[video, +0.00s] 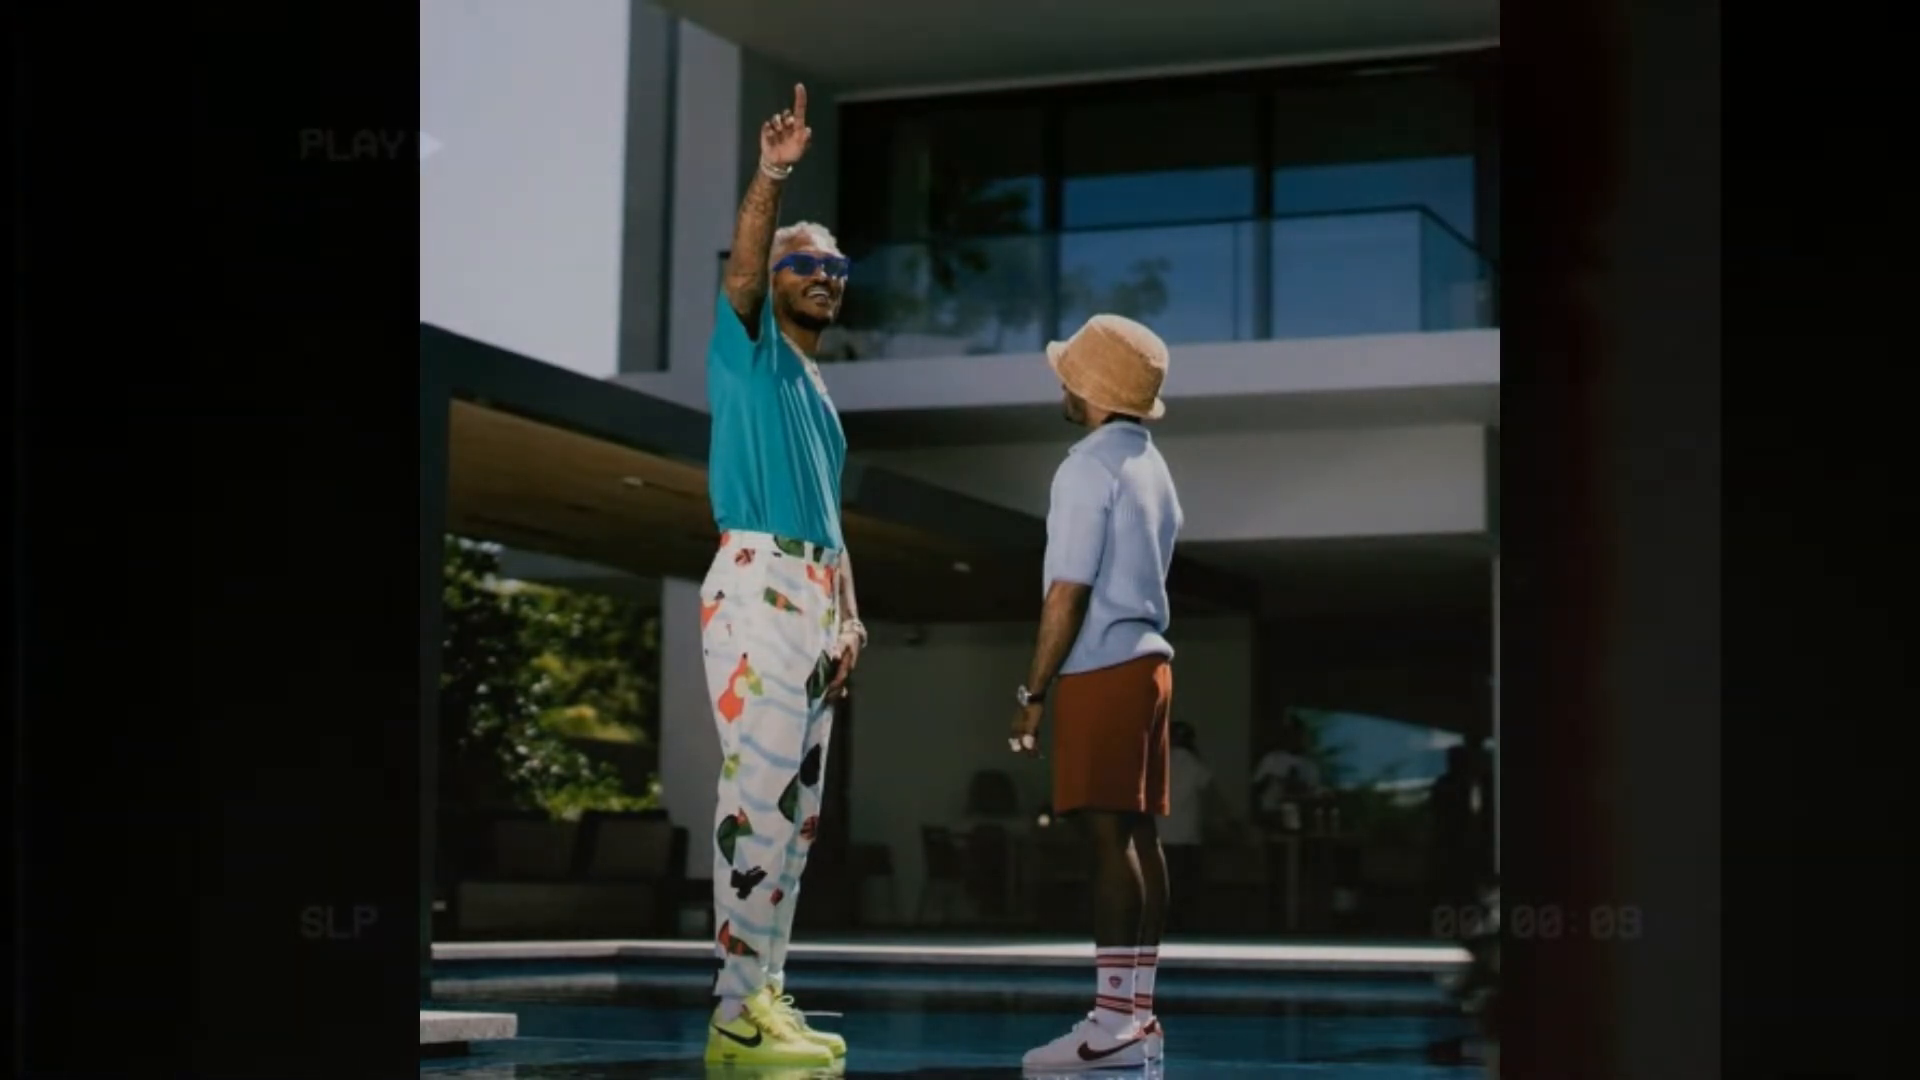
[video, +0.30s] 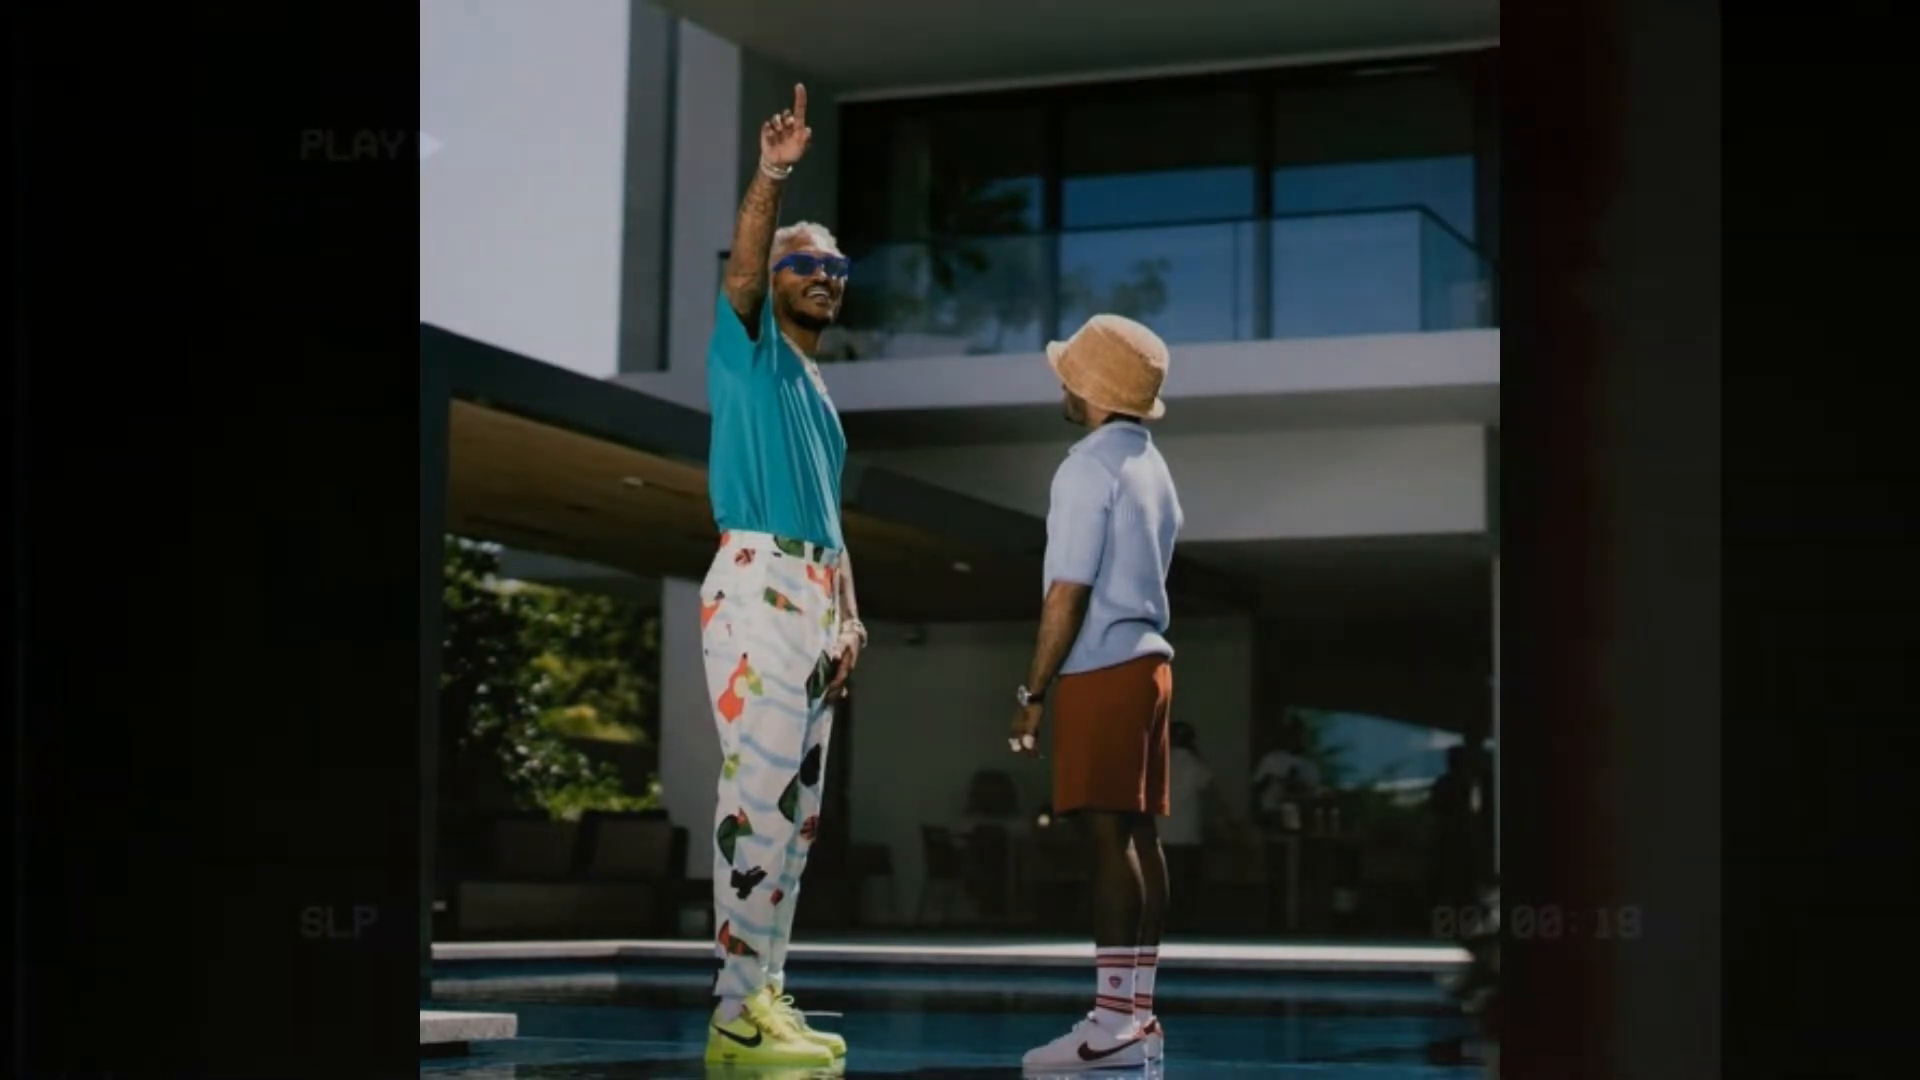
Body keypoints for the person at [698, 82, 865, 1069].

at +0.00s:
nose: (823, 282)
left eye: (834, 273)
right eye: (806, 268)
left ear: (842, 293)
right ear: (770, 278)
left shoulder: (819, 395)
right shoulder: (744, 344)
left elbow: (828, 520)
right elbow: (744, 266)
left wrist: (847, 612)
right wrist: (770, 173)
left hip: (814, 590)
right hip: (756, 582)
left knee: (794, 798)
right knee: (759, 791)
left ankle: (758, 1002)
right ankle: (746, 1004)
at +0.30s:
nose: (823, 282)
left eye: (834, 273)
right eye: (806, 268)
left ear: (842, 293)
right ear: (770, 278)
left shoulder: (819, 395)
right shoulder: (744, 344)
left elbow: (828, 520)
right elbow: (744, 266)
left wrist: (847, 612)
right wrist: (770, 173)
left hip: (814, 590)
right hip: (756, 582)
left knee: (795, 798)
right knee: (759, 791)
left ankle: (757, 1002)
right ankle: (746, 1004)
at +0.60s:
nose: (823, 282)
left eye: (834, 273)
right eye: (806, 267)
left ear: (841, 293)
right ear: (770, 277)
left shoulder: (819, 394)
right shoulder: (744, 342)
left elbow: (827, 519)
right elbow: (744, 266)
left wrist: (847, 612)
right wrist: (770, 173)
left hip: (814, 590)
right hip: (755, 582)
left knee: (794, 798)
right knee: (759, 791)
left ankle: (758, 1002)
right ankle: (746, 1004)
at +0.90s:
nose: (823, 283)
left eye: (834, 273)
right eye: (805, 268)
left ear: (841, 293)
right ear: (770, 279)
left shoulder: (819, 395)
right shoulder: (744, 344)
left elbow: (827, 520)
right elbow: (744, 267)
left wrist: (847, 612)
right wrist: (770, 174)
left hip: (814, 590)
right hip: (756, 582)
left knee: (794, 798)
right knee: (759, 791)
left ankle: (756, 1004)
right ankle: (746, 1004)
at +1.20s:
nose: (823, 282)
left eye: (834, 273)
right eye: (805, 268)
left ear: (841, 292)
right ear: (769, 279)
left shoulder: (819, 395)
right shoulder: (744, 344)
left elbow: (827, 521)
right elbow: (743, 269)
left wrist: (847, 612)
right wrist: (769, 174)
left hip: (814, 590)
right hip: (756, 582)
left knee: (794, 798)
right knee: (759, 791)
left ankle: (756, 1004)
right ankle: (747, 1003)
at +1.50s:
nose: (823, 282)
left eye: (834, 273)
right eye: (806, 268)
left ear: (841, 293)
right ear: (770, 278)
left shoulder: (818, 395)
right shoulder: (744, 343)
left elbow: (827, 520)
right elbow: (743, 268)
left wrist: (847, 613)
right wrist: (770, 173)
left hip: (814, 590)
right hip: (756, 582)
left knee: (794, 798)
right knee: (758, 791)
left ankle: (757, 1002)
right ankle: (746, 1003)